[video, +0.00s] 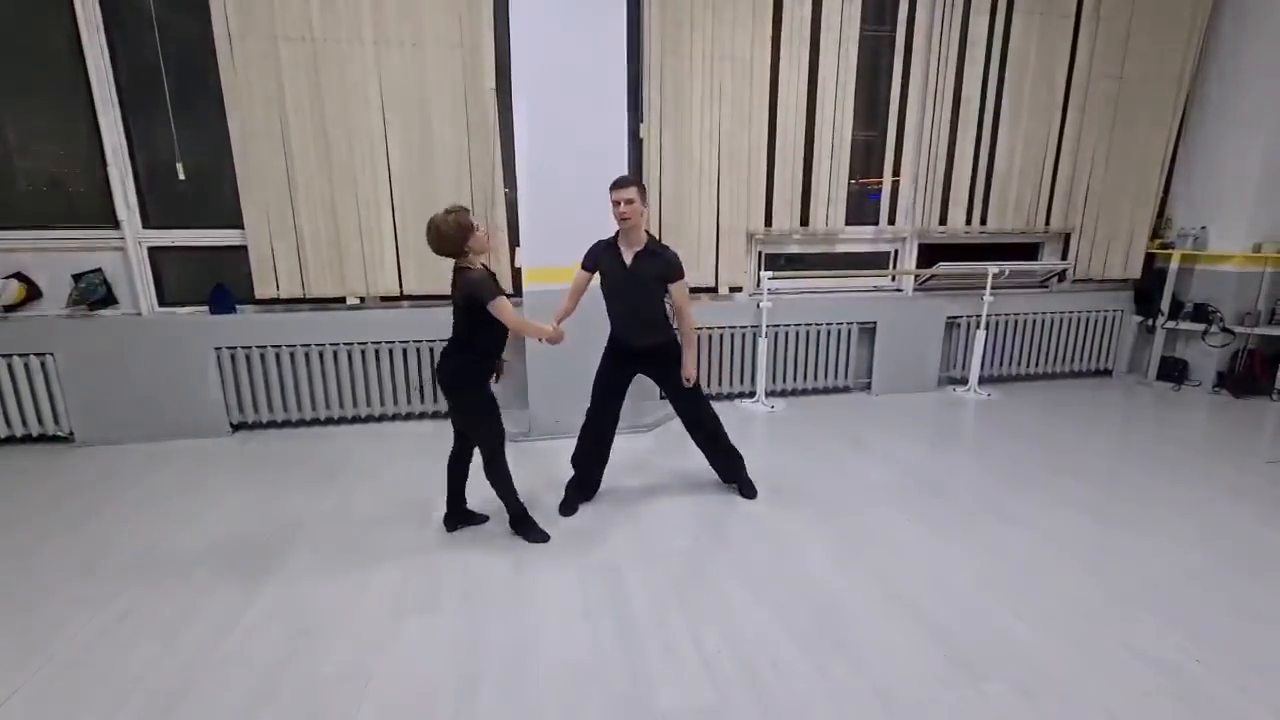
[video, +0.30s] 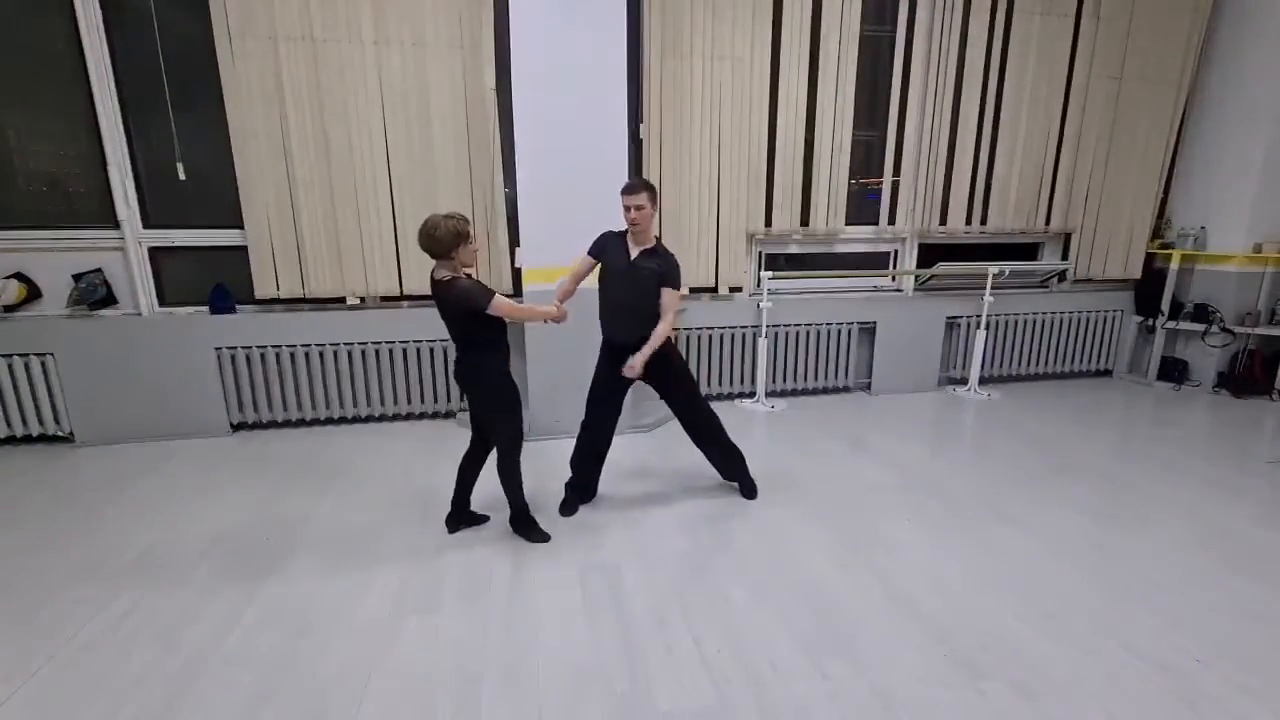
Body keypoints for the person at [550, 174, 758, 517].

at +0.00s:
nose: (622, 209)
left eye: (629, 202)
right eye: (616, 204)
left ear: (644, 207)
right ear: (612, 209)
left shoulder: (664, 257)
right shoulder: (600, 253)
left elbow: (683, 312)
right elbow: (573, 298)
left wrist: (690, 359)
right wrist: (555, 323)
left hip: (662, 349)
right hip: (620, 350)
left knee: (696, 411)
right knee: (599, 415)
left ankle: (735, 473)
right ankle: (580, 486)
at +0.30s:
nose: (631, 215)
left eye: (639, 208)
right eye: (626, 208)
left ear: (655, 209)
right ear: (621, 210)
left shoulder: (665, 262)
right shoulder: (608, 243)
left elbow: (668, 318)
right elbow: (575, 277)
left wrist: (642, 356)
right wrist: (560, 298)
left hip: (656, 349)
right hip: (615, 350)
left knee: (694, 412)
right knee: (596, 422)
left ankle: (738, 471)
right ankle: (578, 489)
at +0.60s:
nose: (650, 221)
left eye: (656, 215)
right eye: (643, 215)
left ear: (667, 219)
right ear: (634, 219)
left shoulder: (678, 270)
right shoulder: (617, 250)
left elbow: (687, 324)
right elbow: (564, 248)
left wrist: (646, 332)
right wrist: (541, 286)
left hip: (655, 358)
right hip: (615, 357)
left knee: (699, 418)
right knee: (597, 427)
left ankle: (711, 478)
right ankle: (577, 492)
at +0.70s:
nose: (654, 221)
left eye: (660, 214)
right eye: (647, 215)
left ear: (671, 218)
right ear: (638, 220)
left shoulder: (693, 264)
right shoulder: (627, 257)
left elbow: (711, 307)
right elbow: (574, 262)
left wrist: (681, 336)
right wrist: (556, 294)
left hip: (664, 359)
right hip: (624, 354)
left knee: (693, 429)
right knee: (589, 419)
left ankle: (690, 479)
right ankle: (568, 490)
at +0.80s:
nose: (655, 221)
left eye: (661, 214)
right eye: (648, 215)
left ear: (671, 218)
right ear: (639, 221)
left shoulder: (696, 260)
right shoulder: (631, 263)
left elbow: (711, 294)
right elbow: (584, 288)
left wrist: (696, 326)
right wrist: (559, 312)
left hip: (674, 359)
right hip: (634, 356)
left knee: (701, 431)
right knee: (593, 418)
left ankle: (694, 478)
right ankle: (539, 471)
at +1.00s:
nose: (645, 219)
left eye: (651, 213)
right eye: (637, 214)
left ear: (660, 216)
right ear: (628, 220)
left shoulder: (674, 253)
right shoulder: (623, 262)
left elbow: (670, 295)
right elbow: (580, 290)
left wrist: (682, 323)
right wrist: (534, 298)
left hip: (678, 353)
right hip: (641, 354)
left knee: (699, 426)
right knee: (601, 416)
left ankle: (694, 478)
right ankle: (547, 476)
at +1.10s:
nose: (639, 219)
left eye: (645, 212)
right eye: (632, 214)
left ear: (655, 215)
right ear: (623, 219)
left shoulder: (669, 252)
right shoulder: (619, 261)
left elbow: (664, 295)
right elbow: (577, 288)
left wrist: (676, 325)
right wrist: (531, 294)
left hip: (673, 352)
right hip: (638, 353)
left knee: (695, 423)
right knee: (599, 416)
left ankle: (694, 478)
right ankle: (546, 475)